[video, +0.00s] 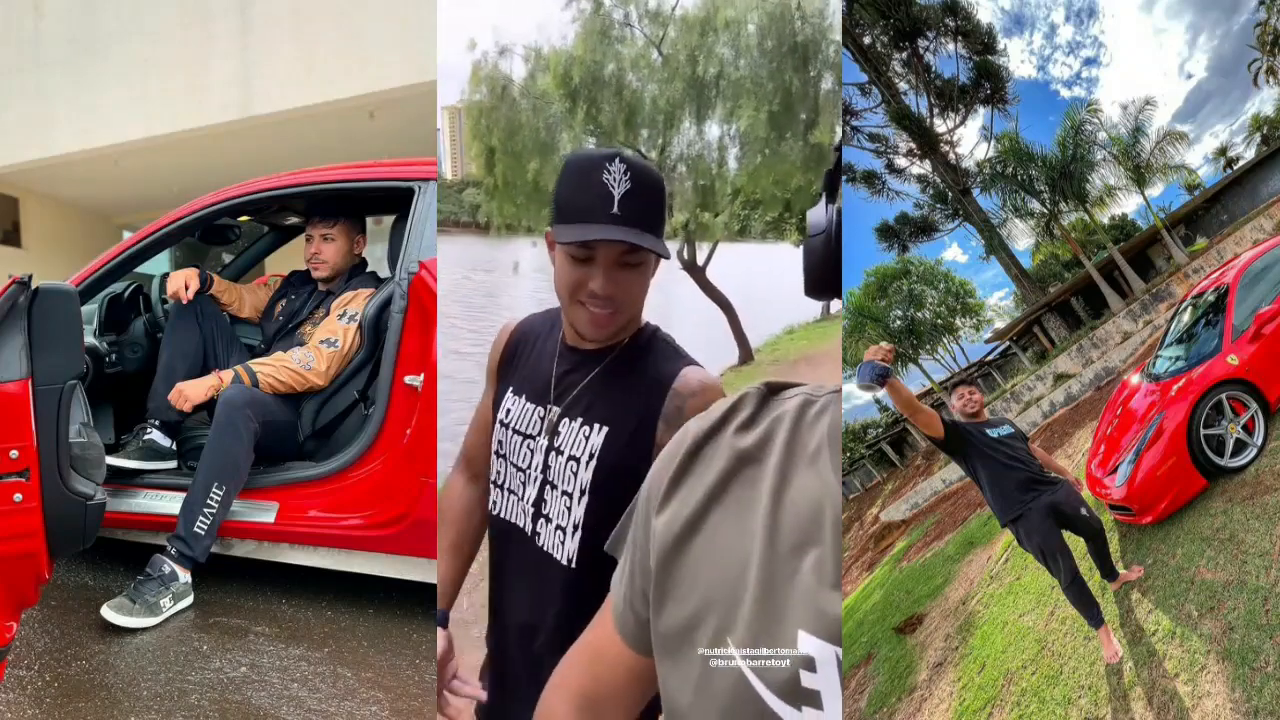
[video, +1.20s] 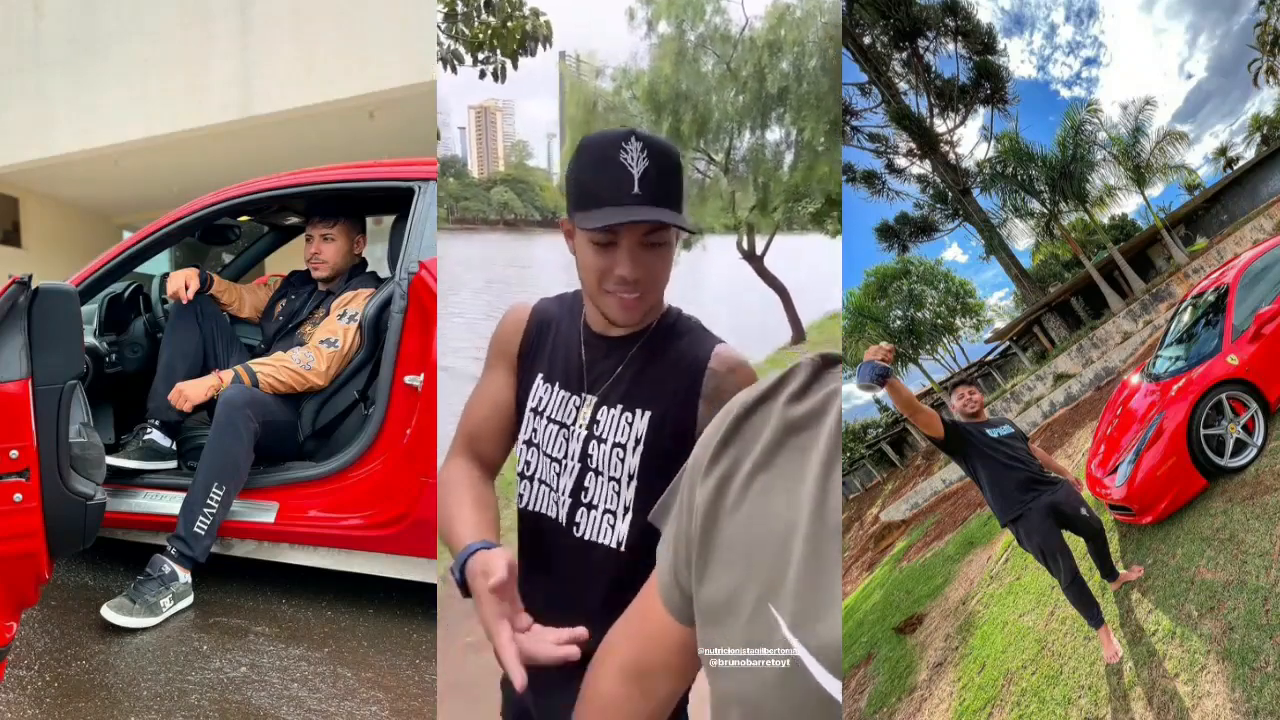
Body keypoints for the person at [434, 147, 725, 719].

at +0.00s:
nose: (600, 285)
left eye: (628, 262)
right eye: (582, 258)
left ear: (657, 262)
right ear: (551, 248)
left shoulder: (685, 397)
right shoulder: (520, 345)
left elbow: (682, 582)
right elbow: (471, 477)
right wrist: (437, 614)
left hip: (607, 701)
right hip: (505, 681)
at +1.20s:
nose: (627, 269)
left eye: (652, 243)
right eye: (605, 242)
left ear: (678, 242)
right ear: (570, 237)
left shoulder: (717, 379)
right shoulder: (528, 332)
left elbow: (737, 550)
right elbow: (469, 462)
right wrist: (478, 555)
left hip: (639, 684)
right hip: (530, 667)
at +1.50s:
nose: (585, 289)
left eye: (608, 264)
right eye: (564, 266)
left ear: (640, 257)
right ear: (539, 264)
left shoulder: (682, 386)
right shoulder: (515, 342)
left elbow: (677, 561)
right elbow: (462, 454)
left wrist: (615, 706)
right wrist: (444, 512)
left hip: (604, 690)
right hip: (500, 670)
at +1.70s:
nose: (538, 304)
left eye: (558, 277)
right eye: (514, 280)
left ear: (588, 273)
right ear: (489, 281)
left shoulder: (633, 400)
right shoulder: (463, 364)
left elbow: (634, 580)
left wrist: (581, 709)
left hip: (564, 697)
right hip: (464, 684)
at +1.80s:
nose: (501, 314)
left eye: (521, 284)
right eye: (476, 291)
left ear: (549, 281)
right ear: (451, 293)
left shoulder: (598, 402)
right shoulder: (438, 374)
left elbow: (611, 576)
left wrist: (590, 707)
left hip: (552, 696)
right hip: (459, 685)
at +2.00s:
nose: (431, 336)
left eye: (448, 313)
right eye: (417, 314)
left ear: (474, 310)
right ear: (393, 319)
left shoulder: (532, 424)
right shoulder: (377, 415)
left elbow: (581, 607)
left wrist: (607, 707)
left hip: (481, 699)